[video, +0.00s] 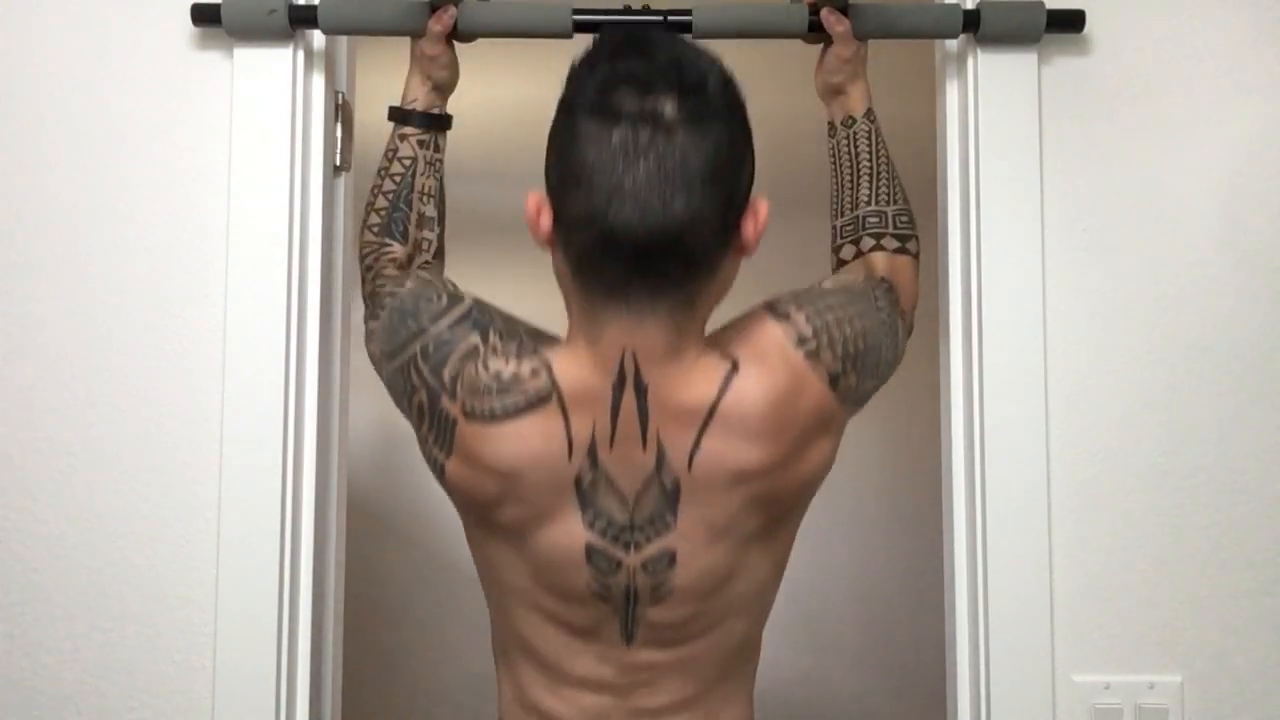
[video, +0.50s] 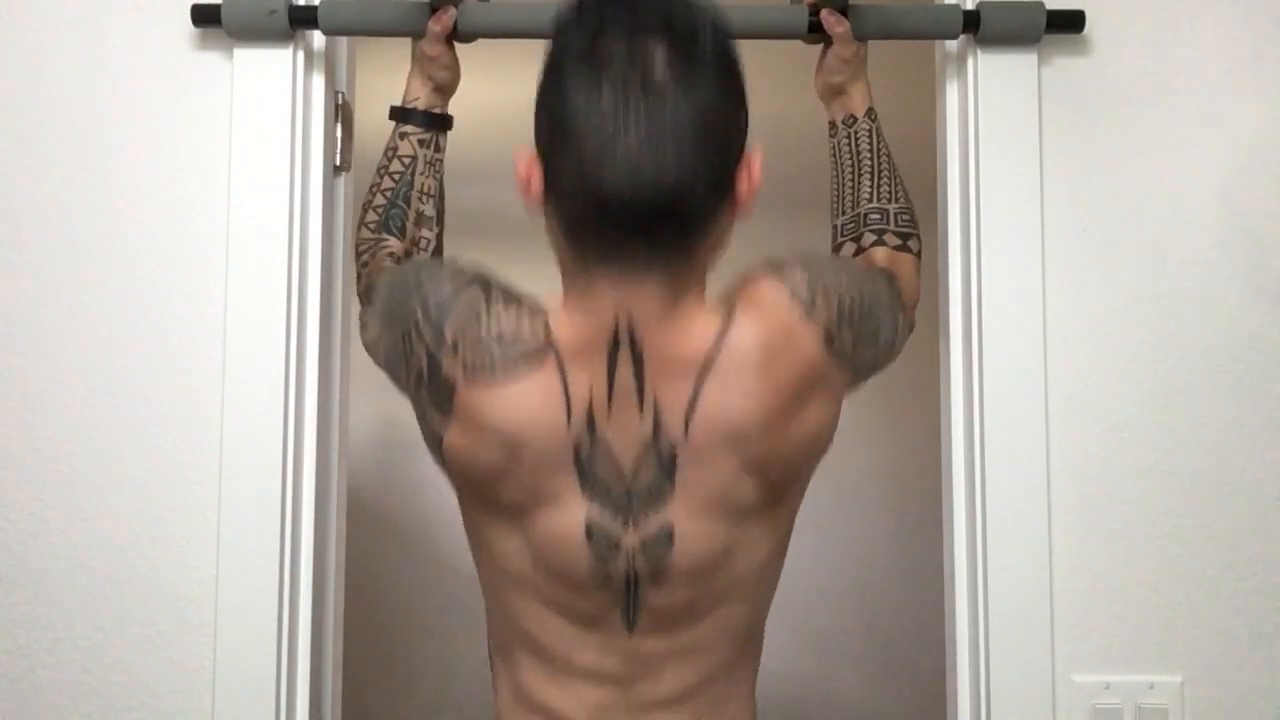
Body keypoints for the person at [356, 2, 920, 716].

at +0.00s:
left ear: (541, 223)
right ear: (750, 231)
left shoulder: (483, 402)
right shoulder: (787, 391)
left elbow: (393, 263)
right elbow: (886, 264)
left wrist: (424, 93)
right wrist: (849, 97)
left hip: (533, 712)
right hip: (718, 713)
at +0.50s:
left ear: (531, 183)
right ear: (746, 186)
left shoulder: (474, 365)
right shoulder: (793, 346)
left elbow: (386, 255)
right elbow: (889, 261)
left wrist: (425, 95)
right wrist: (849, 98)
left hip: (531, 708)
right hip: (718, 709)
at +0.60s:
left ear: (533, 77)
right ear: (748, 85)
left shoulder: (459, 276)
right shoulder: (799, 264)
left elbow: (371, 272)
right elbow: (903, 284)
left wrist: (423, 92)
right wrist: (852, 98)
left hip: (527, 700)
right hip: (724, 699)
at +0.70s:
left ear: (552, 14)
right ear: (734, 16)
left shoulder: (461, 185)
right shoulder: (809, 171)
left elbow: (373, 297)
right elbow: (901, 299)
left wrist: (419, 97)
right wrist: (855, 102)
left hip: (530, 673)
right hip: (726, 675)